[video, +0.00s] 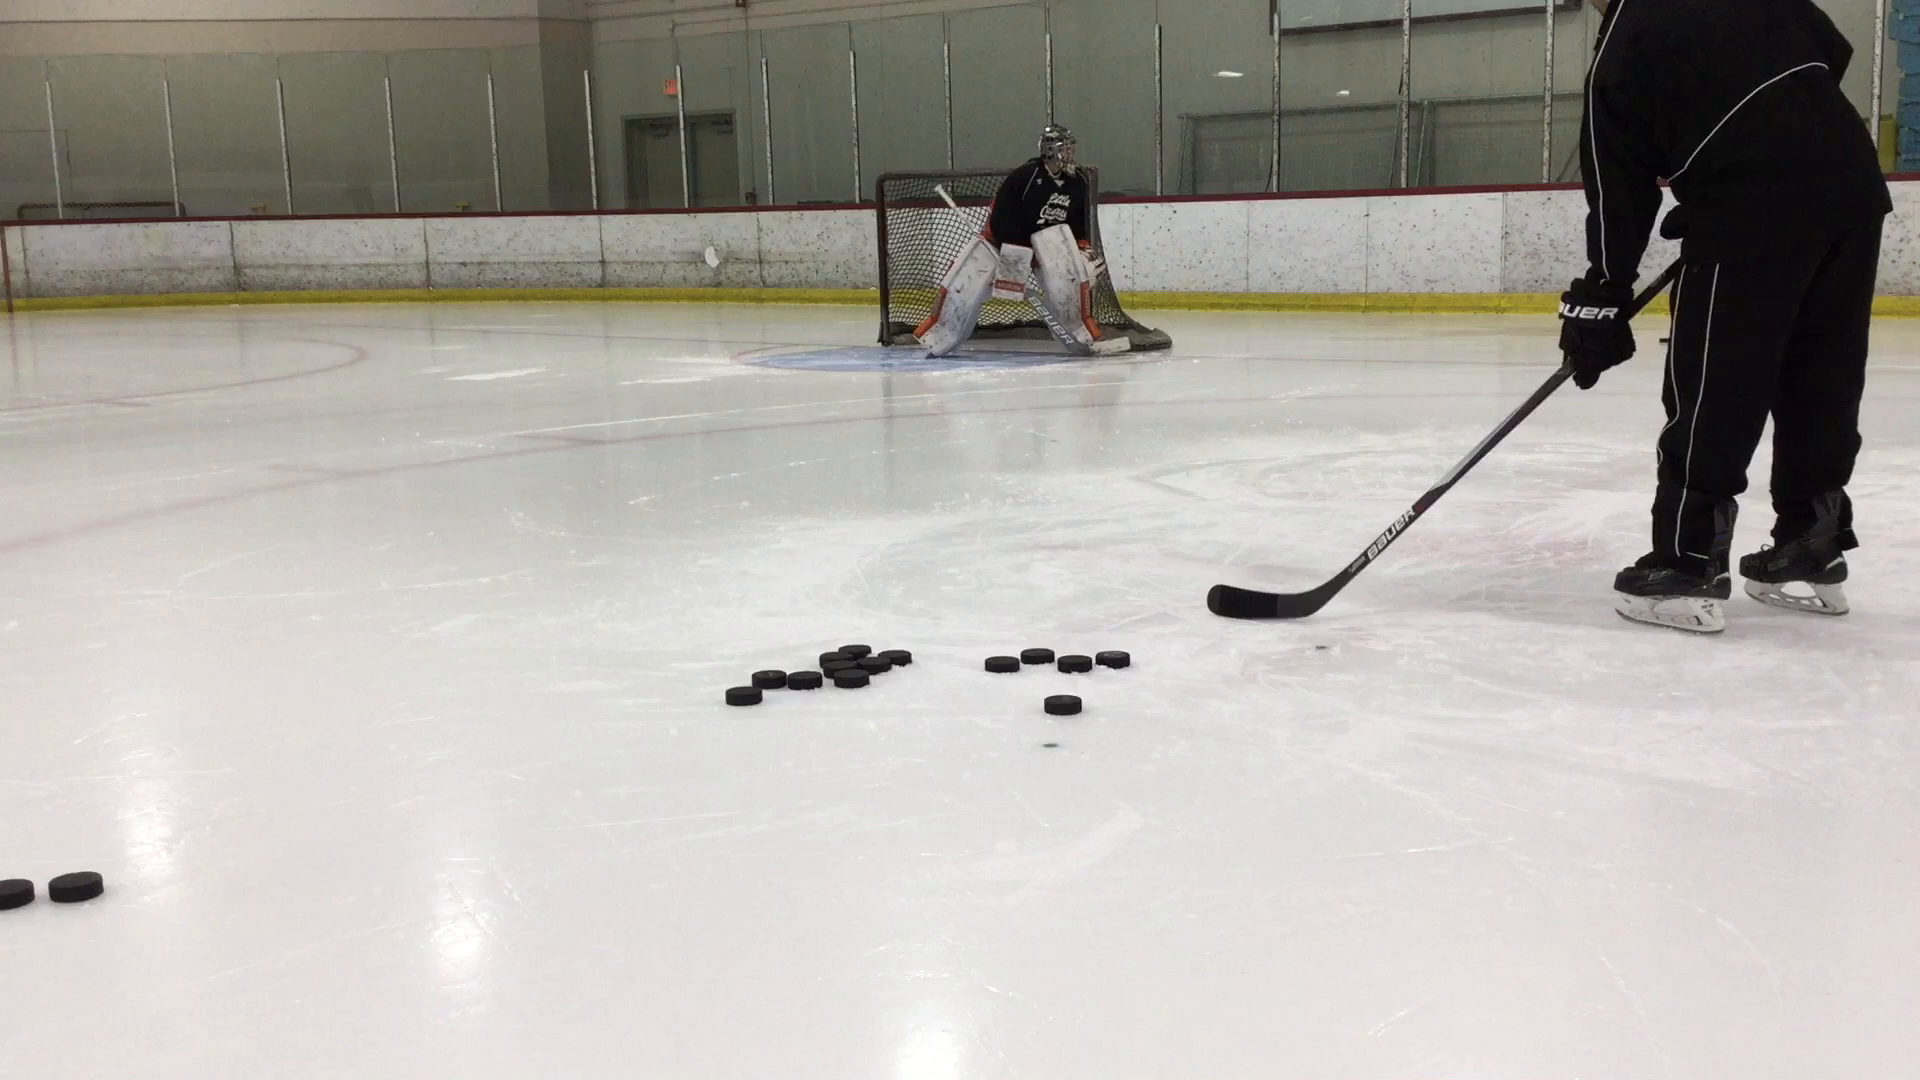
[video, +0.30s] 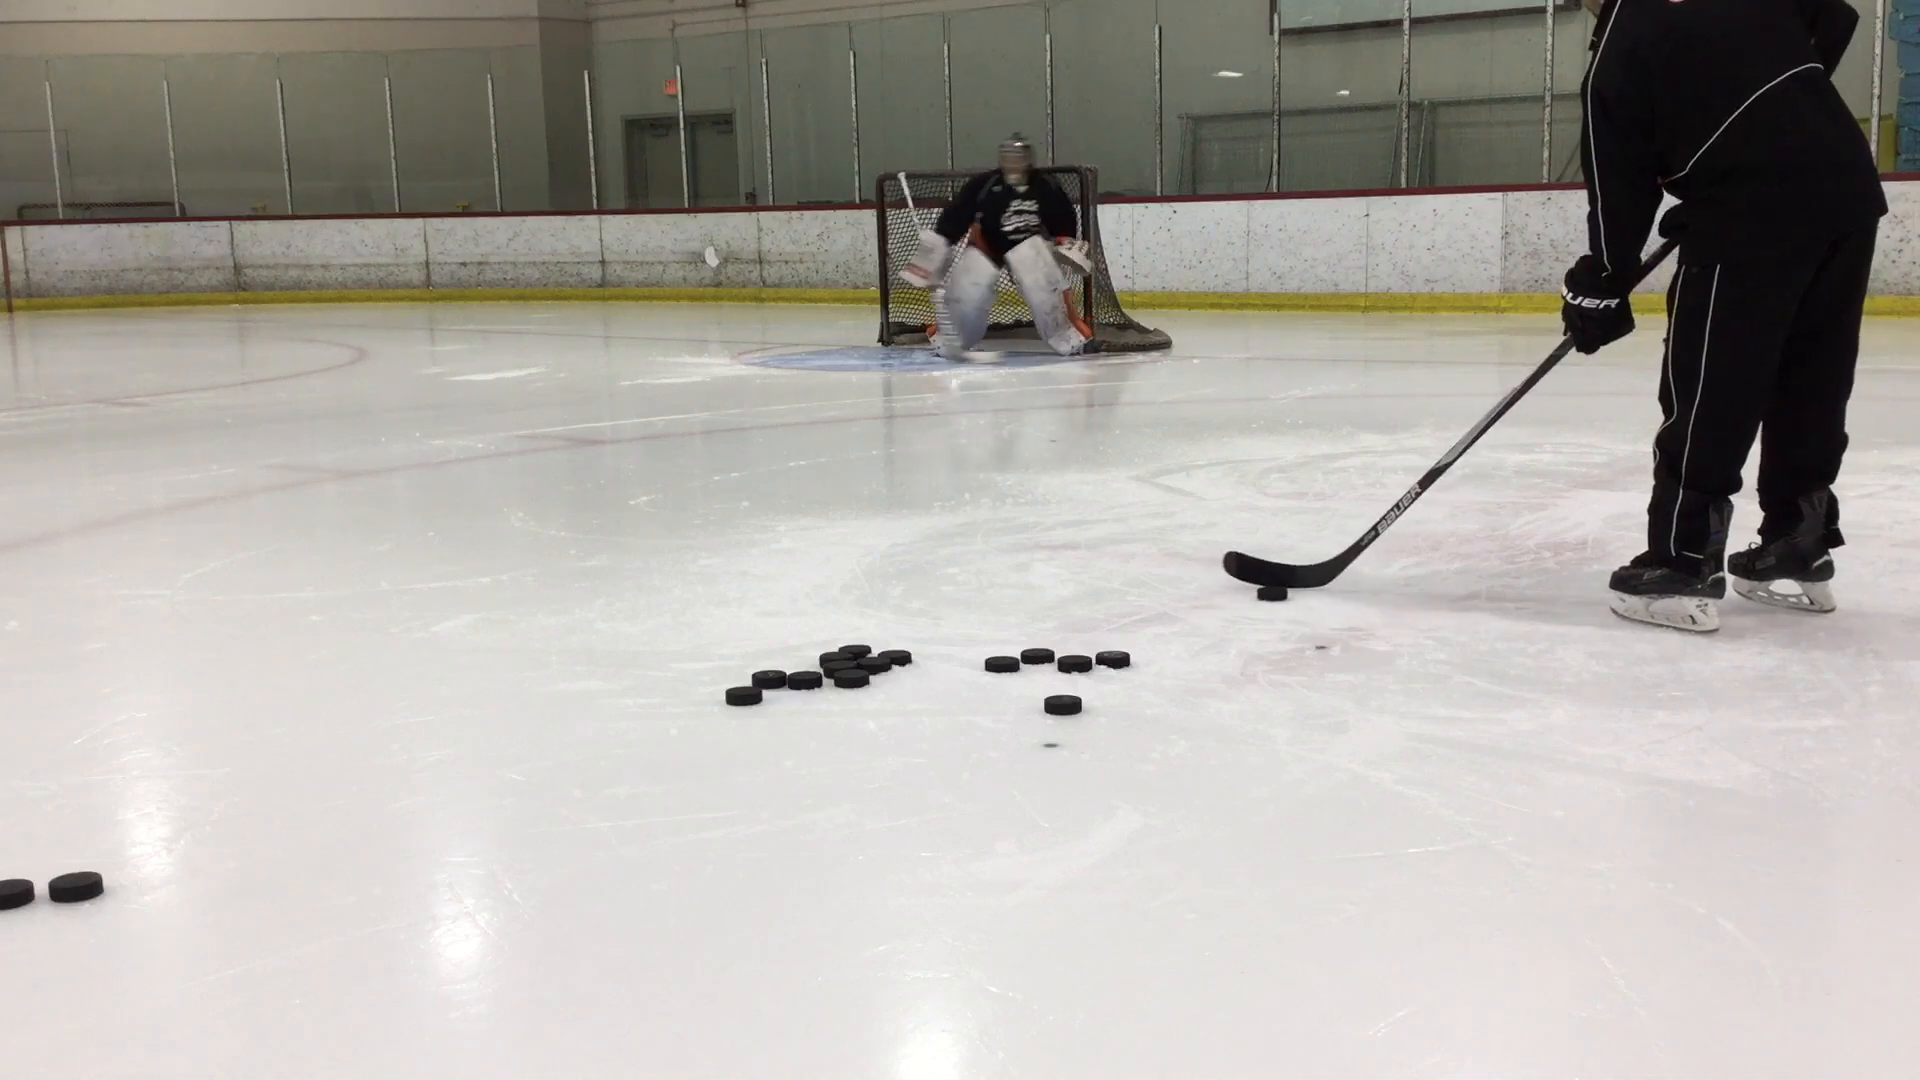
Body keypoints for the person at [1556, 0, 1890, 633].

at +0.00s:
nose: (1578, 7)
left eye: (1584, 8)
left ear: (1603, 3)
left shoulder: (1618, 54)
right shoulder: (1761, 3)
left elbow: (1619, 189)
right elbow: (1831, 51)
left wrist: (1601, 299)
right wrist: (1728, 178)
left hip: (1748, 208)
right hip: (1853, 193)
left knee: (1712, 384)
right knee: (1822, 378)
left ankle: (1691, 557)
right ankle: (1812, 543)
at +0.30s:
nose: (1575, 12)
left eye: (1581, 12)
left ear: (1598, 7)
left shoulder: (1616, 60)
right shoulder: (1742, 7)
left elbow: (1620, 181)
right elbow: (1839, 15)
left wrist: (1601, 283)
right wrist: (1779, 99)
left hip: (1748, 207)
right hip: (1849, 192)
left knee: (1707, 384)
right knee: (1813, 378)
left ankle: (1684, 557)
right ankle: (1799, 541)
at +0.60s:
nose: (1570, 9)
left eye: (1571, 5)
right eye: (1570, 4)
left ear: (1587, 4)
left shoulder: (1607, 68)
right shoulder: (1728, 7)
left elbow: (1621, 192)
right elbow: (1831, 16)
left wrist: (1598, 286)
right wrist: (1777, 112)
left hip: (1743, 207)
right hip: (1845, 191)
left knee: (1704, 384)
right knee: (1812, 378)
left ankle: (1682, 557)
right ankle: (1798, 544)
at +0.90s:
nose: (1569, 14)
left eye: (1567, 7)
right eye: (1566, 9)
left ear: (1586, 3)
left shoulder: (1607, 60)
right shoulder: (1734, 6)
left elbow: (1616, 193)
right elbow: (1817, 41)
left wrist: (1599, 308)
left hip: (1741, 211)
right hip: (1843, 192)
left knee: (1704, 387)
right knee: (1809, 378)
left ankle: (1682, 557)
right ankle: (1798, 544)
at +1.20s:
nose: (1562, 14)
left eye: (1561, 7)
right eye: (1559, 8)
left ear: (1579, 3)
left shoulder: (1599, 71)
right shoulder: (1727, 6)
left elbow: (1606, 203)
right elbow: (1808, 54)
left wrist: (1585, 315)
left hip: (1735, 213)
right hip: (1837, 193)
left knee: (1700, 386)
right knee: (1804, 380)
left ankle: (1679, 559)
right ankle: (1797, 545)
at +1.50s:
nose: (1542, 22)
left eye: (1539, 9)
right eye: (1537, 12)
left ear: (1560, 3)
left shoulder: (1584, 74)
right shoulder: (1705, 5)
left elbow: (1594, 208)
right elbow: (1793, 65)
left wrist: (1572, 319)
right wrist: (1712, 181)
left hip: (1722, 213)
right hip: (1823, 192)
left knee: (1683, 386)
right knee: (1794, 379)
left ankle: (1666, 557)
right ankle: (1799, 546)